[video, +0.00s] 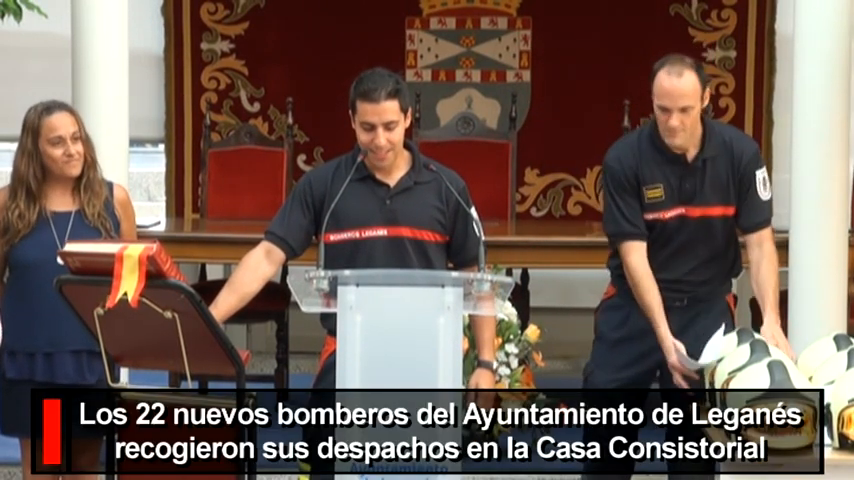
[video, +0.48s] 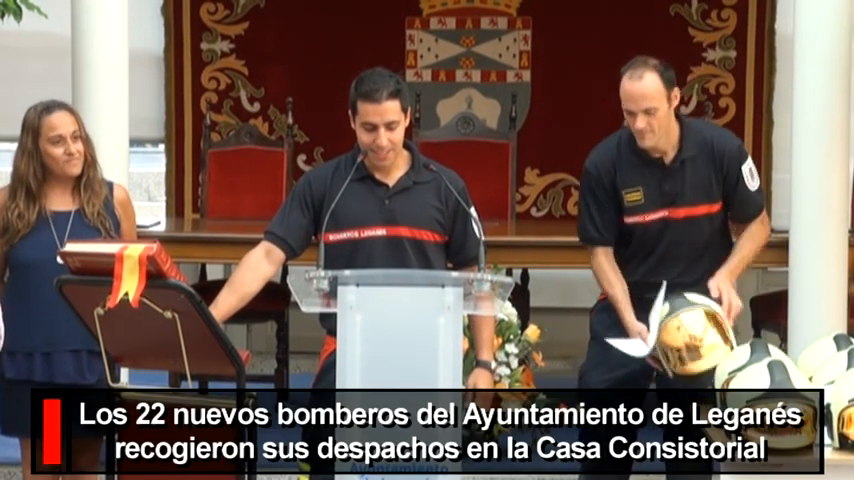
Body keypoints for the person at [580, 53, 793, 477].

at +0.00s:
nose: (674, 122)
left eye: (684, 110)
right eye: (664, 110)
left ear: (704, 100)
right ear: (651, 102)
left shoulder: (740, 153)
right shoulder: (625, 160)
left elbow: (759, 242)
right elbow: (633, 257)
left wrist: (771, 321)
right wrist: (664, 336)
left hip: (706, 310)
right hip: (634, 307)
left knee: (698, 441)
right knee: (605, 432)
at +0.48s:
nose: (639, 125)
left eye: (649, 112)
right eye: (630, 113)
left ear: (675, 101)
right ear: (621, 107)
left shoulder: (722, 150)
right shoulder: (604, 164)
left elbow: (758, 224)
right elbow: (601, 251)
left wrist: (726, 275)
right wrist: (631, 321)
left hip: (698, 312)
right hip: (625, 312)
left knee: (692, 446)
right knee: (601, 438)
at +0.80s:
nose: (623, 106)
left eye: (632, 94)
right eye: (616, 94)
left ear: (664, 86)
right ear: (610, 90)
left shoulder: (711, 146)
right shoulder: (597, 149)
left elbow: (748, 228)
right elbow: (585, 227)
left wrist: (686, 261)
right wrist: (579, 280)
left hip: (682, 321)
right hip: (610, 322)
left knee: (685, 454)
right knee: (583, 451)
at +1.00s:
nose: (596, 90)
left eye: (607, 78)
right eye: (594, 79)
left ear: (642, 77)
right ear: (596, 80)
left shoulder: (688, 142)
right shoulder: (590, 142)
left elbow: (720, 238)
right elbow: (579, 228)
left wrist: (640, 263)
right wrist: (556, 258)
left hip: (661, 314)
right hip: (596, 312)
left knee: (669, 456)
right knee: (560, 450)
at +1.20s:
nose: (565, 80)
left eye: (576, 71)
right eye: (565, 70)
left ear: (612, 73)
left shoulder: (646, 140)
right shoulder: (570, 140)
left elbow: (660, 242)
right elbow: (563, 218)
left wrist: (576, 264)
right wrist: (527, 240)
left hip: (621, 312)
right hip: (564, 311)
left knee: (639, 451)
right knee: (542, 446)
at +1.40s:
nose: (532, 74)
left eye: (543, 65)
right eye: (533, 64)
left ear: (579, 70)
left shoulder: (600, 135)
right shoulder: (546, 134)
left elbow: (603, 241)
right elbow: (532, 214)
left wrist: (521, 261)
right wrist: (484, 236)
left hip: (574, 303)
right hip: (530, 301)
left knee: (587, 442)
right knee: (521, 438)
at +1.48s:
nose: (521, 73)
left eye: (532, 64)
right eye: (522, 63)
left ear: (567, 69)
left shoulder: (585, 134)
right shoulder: (544, 132)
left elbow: (584, 240)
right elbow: (526, 213)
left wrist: (500, 259)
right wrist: (465, 232)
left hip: (559, 295)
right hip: (524, 290)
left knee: (553, 430)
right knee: (514, 424)